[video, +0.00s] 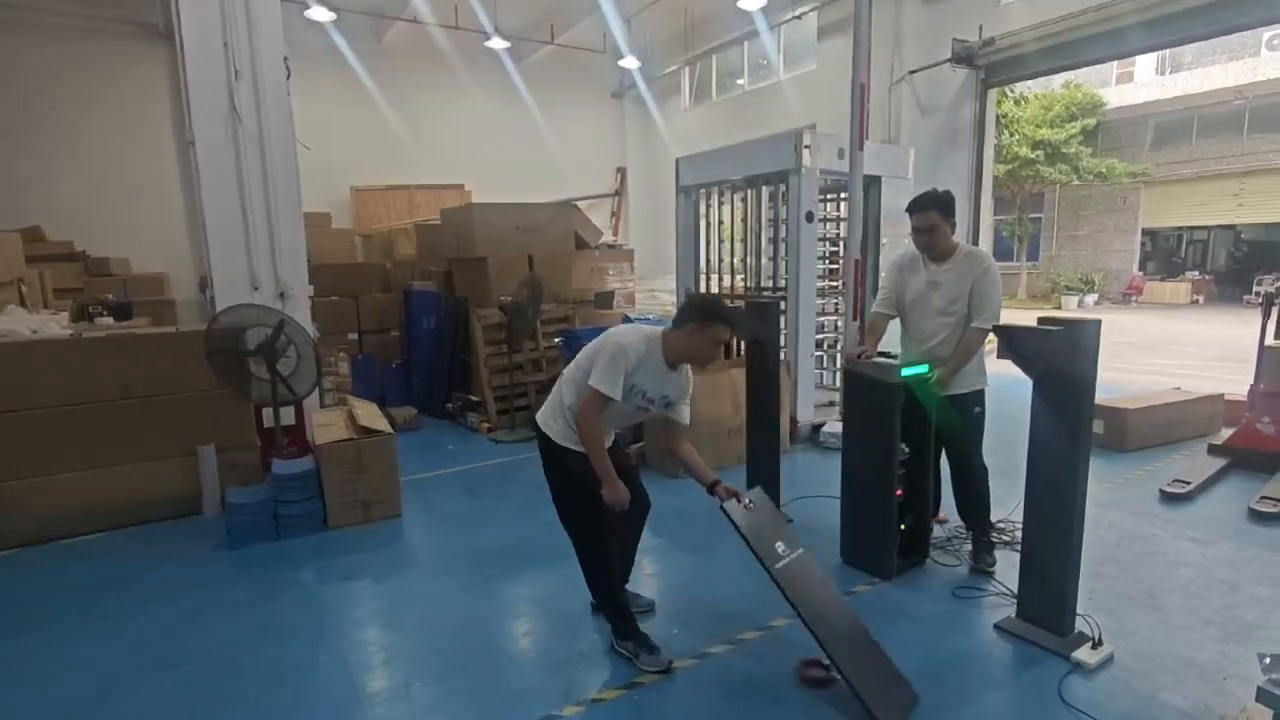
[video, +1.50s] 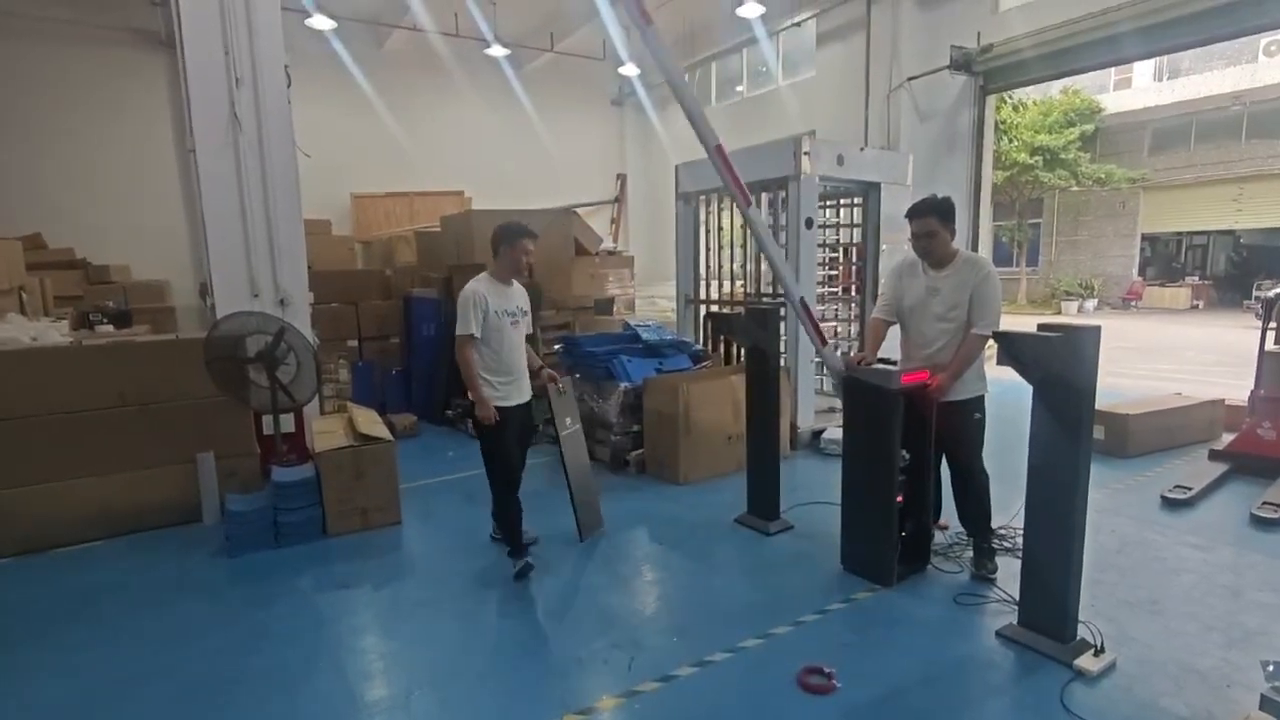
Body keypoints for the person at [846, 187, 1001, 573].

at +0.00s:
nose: (920, 239)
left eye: (929, 231)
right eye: (915, 231)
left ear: (952, 227)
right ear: (910, 229)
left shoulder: (979, 264)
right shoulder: (903, 264)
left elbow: (981, 326)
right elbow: (881, 311)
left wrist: (951, 369)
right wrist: (867, 345)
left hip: (963, 384)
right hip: (916, 382)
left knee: (967, 465)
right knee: (918, 465)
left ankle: (981, 538)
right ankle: (914, 544)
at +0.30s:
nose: (918, 241)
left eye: (926, 232)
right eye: (913, 233)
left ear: (949, 227)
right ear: (907, 230)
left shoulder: (977, 265)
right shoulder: (901, 265)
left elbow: (978, 326)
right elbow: (879, 311)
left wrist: (948, 369)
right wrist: (865, 346)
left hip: (960, 387)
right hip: (913, 386)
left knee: (965, 465)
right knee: (916, 468)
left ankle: (978, 539)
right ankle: (911, 546)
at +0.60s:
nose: (917, 242)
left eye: (924, 233)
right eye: (911, 234)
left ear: (948, 229)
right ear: (906, 232)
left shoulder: (976, 267)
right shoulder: (899, 266)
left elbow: (976, 328)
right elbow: (878, 312)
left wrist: (946, 370)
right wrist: (865, 347)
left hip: (958, 388)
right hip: (911, 387)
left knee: (963, 468)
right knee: (914, 468)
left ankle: (977, 540)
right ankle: (911, 544)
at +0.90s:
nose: (917, 243)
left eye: (924, 235)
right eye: (911, 235)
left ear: (948, 229)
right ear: (906, 233)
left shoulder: (976, 269)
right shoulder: (899, 267)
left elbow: (976, 329)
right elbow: (877, 314)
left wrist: (945, 372)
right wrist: (865, 348)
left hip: (959, 391)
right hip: (911, 389)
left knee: (964, 470)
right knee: (914, 471)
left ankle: (977, 542)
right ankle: (910, 547)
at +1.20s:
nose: (917, 244)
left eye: (925, 236)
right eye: (912, 236)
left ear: (949, 231)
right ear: (907, 234)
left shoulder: (977, 270)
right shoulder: (900, 269)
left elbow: (978, 331)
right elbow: (878, 315)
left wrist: (947, 373)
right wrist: (866, 349)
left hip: (959, 391)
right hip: (912, 390)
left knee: (964, 470)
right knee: (916, 471)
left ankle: (979, 543)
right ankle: (912, 547)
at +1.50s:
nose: (919, 245)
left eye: (927, 237)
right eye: (914, 237)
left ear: (951, 233)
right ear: (909, 235)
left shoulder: (979, 271)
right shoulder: (902, 270)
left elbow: (980, 332)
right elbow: (881, 316)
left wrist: (950, 374)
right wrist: (868, 351)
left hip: (962, 392)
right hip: (915, 390)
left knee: (967, 471)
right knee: (918, 472)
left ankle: (982, 544)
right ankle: (915, 549)